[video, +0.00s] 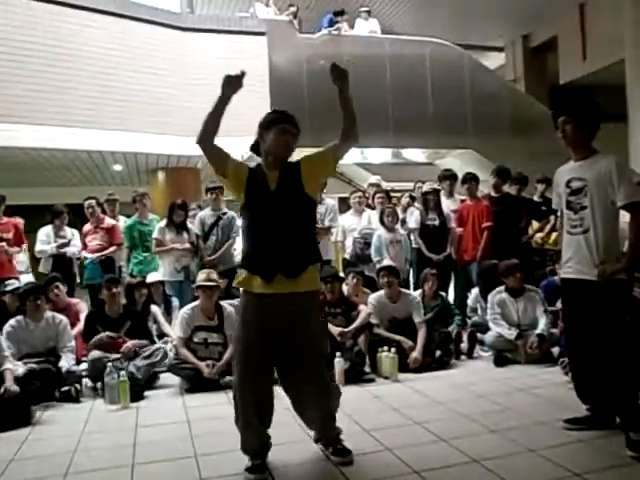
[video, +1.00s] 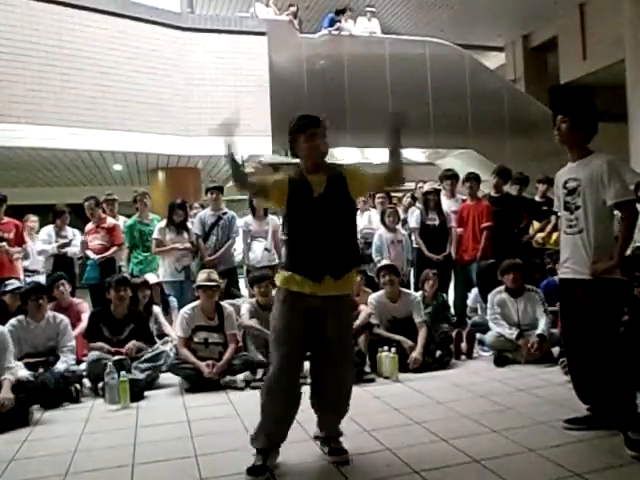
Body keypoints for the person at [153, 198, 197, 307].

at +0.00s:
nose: (179, 219)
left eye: (182, 216)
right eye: (177, 215)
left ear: (186, 216)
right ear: (171, 214)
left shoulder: (188, 228)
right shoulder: (162, 227)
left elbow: (194, 247)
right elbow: (155, 249)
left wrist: (185, 247)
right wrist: (172, 247)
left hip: (186, 270)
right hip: (169, 271)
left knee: (187, 303)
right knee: (174, 304)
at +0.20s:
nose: (178, 218)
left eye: (181, 215)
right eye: (175, 215)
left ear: (185, 216)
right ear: (170, 214)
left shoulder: (188, 229)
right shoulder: (161, 228)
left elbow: (194, 247)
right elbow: (155, 249)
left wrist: (185, 247)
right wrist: (172, 247)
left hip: (186, 270)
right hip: (169, 272)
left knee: (187, 304)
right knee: (174, 304)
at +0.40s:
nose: (178, 218)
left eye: (181, 215)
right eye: (176, 214)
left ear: (185, 215)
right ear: (171, 214)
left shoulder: (188, 229)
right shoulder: (161, 228)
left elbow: (194, 247)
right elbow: (155, 249)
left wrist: (185, 247)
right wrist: (173, 247)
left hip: (186, 270)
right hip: (169, 271)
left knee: (187, 303)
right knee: (174, 304)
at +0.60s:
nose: (178, 218)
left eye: (181, 215)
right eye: (176, 214)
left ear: (185, 215)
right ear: (170, 213)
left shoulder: (187, 228)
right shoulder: (161, 228)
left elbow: (195, 248)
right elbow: (155, 249)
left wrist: (188, 247)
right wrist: (174, 247)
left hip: (186, 269)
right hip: (169, 271)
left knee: (187, 304)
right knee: (173, 305)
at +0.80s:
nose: (178, 218)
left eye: (181, 215)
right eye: (176, 214)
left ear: (185, 215)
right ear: (171, 214)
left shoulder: (187, 228)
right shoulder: (161, 228)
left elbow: (195, 247)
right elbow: (155, 250)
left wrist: (188, 247)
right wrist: (173, 247)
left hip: (186, 270)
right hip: (169, 271)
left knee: (188, 304)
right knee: (174, 305)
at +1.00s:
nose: (178, 218)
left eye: (181, 215)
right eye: (176, 214)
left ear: (185, 215)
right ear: (171, 214)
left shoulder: (187, 228)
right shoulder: (161, 228)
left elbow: (195, 247)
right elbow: (155, 249)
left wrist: (189, 247)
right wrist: (174, 247)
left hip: (186, 269)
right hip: (169, 271)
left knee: (187, 304)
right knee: (174, 305)